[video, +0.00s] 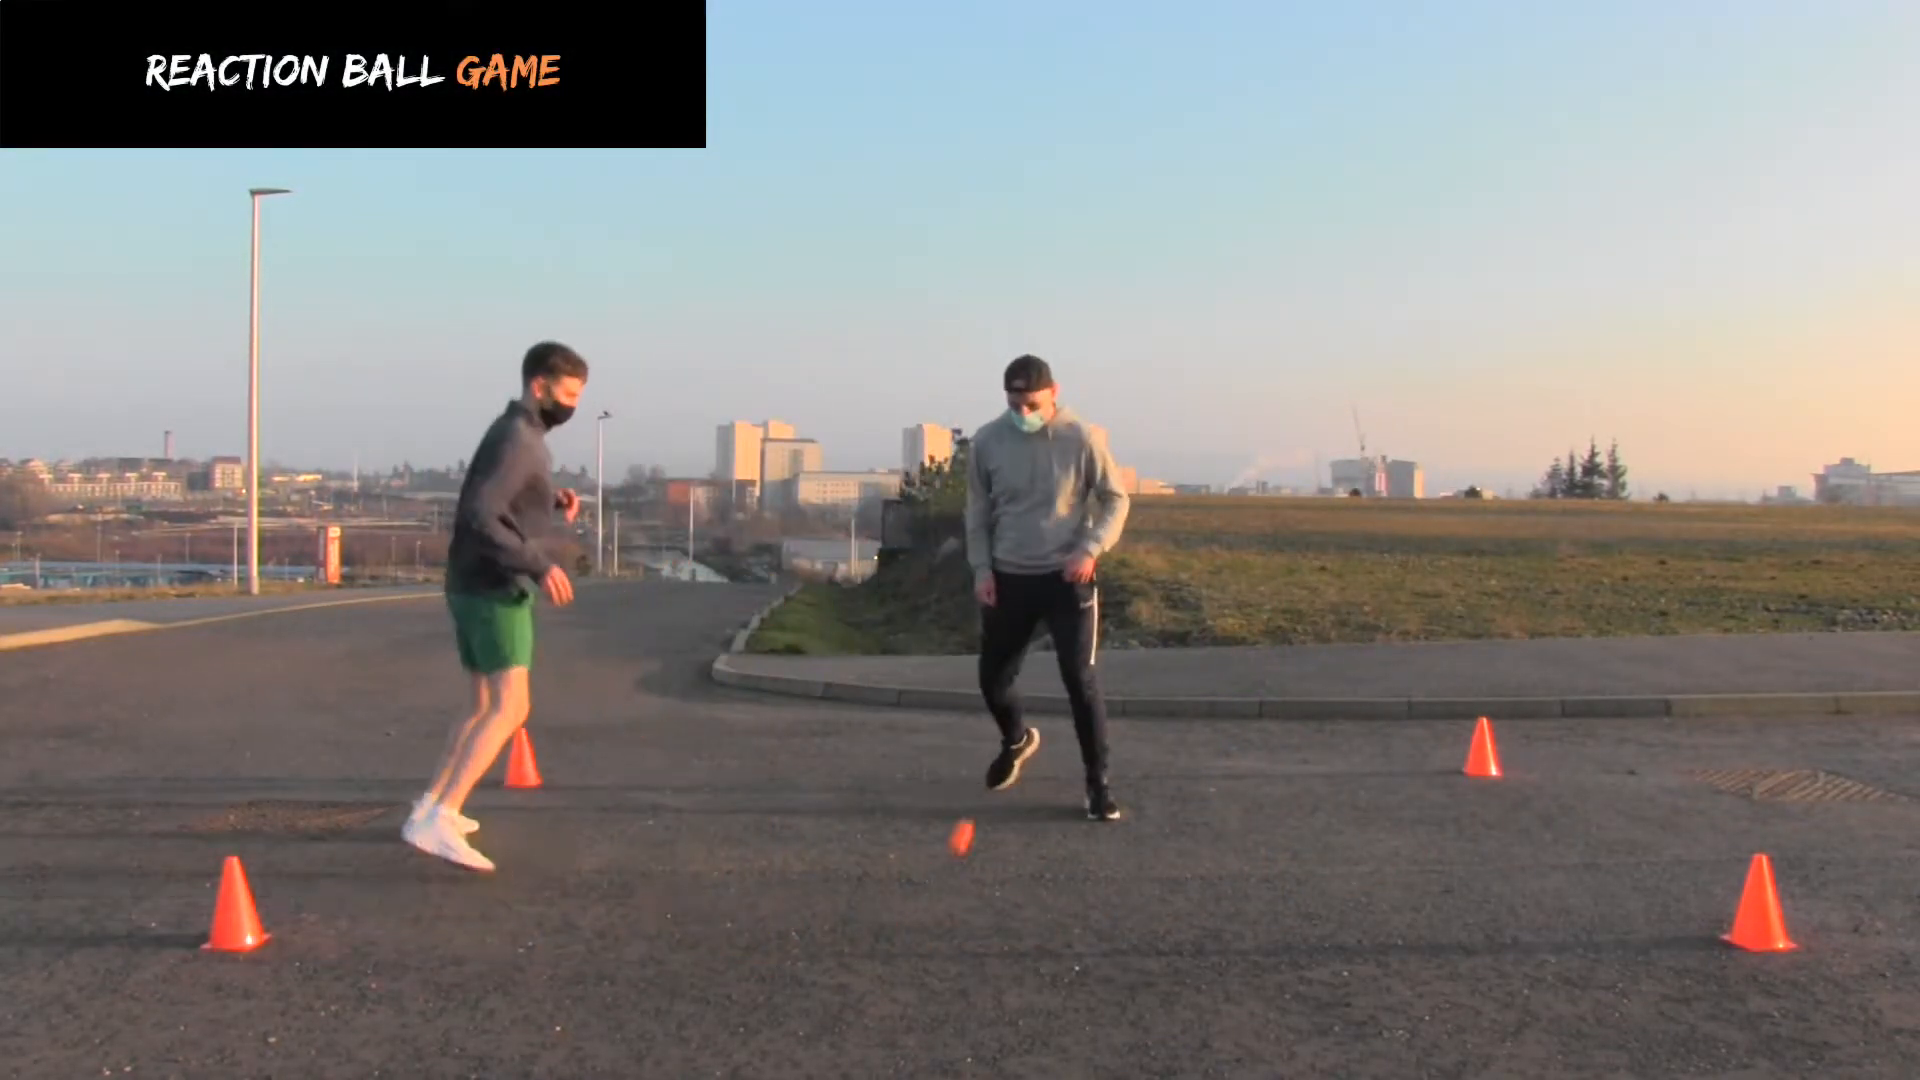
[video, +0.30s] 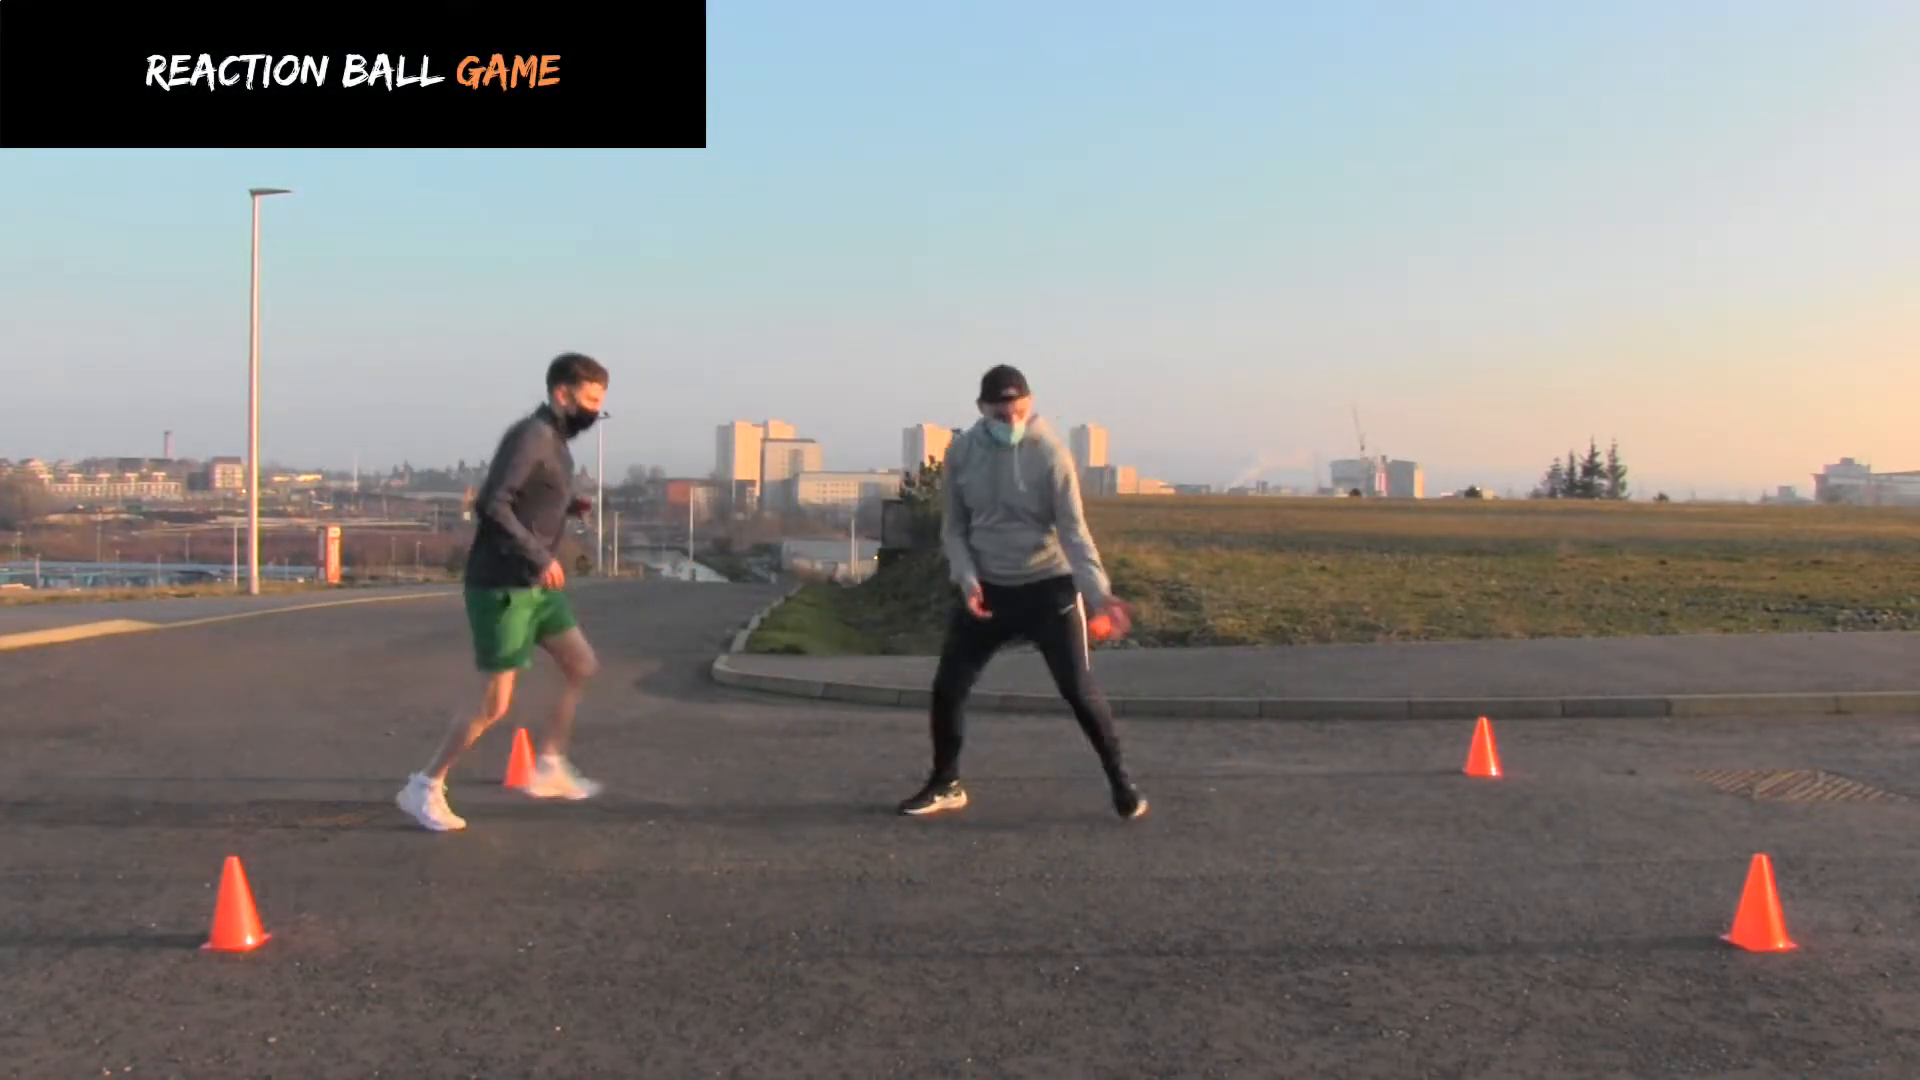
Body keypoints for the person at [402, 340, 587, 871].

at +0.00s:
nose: (576, 402)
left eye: (579, 393)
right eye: (571, 391)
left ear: (542, 387)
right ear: (539, 384)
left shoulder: (518, 430)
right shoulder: (518, 438)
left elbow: (505, 498)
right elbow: (481, 513)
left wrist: (549, 500)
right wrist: (539, 565)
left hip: (477, 585)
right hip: (495, 588)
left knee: (487, 705)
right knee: (512, 704)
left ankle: (433, 807)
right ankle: (441, 816)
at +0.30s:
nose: (599, 409)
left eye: (602, 400)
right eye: (593, 398)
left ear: (573, 397)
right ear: (562, 391)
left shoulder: (557, 441)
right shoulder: (530, 435)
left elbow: (530, 501)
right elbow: (492, 505)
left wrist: (568, 506)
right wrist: (540, 558)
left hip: (538, 586)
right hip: (500, 589)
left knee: (582, 666)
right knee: (493, 705)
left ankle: (547, 765)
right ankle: (426, 785)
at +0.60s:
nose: (678, 425)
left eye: (683, 416)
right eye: (670, 415)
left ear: (685, 414)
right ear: (644, 411)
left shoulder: (661, 464)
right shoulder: (621, 461)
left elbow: (642, 528)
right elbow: (587, 529)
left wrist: (669, 531)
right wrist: (641, 568)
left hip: (636, 594)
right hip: (596, 593)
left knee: (673, 675)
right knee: (557, 688)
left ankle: (640, 767)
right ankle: (466, 769)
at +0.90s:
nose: (765, 387)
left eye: (771, 380)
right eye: (758, 378)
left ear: (773, 381)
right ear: (734, 372)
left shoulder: (758, 423)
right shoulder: (704, 416)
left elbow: (744, 477)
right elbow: (661, 469)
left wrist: (766, 479)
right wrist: (712, 512)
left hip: (743, 551)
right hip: (699, 553)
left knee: (766, 649)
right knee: (696, 660)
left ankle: (722, 730)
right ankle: (676, 753)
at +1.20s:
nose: (884, 427)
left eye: (889, 419)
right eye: (875, 419)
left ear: (896, 418)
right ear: (856, 419)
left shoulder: (896, 472)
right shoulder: (835, 467)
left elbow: (899, 516)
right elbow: (798, 529)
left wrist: (911, 520)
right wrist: (830, 580)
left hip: (880, 591)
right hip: (833, 594)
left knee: (927, 666)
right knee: (790, 683)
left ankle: (914, 753)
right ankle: (715, 749)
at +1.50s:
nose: (968, 388)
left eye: (976, 381)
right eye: (960, 379)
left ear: (984, 381)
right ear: (943, 377)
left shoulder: (986, 425)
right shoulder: (915, 425)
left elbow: (992, 475)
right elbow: (888, 489)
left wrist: (998, 489)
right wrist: (923, 529)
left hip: (973, 551)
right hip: (922, 553)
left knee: (997, 646)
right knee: (920, 655)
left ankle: (967, 725)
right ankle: (917, 740)